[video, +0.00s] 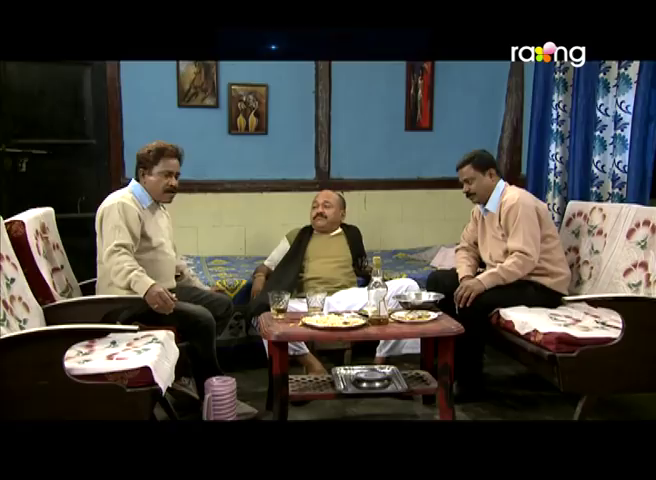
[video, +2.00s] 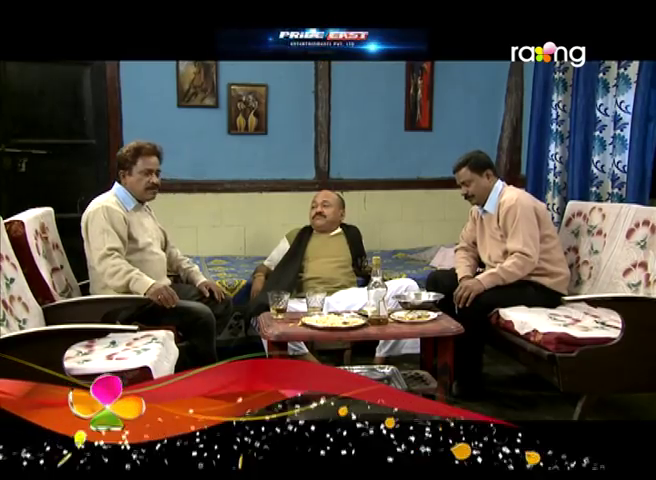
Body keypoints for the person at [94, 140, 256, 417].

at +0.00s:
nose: (174, 183)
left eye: (176, 176)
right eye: (167, 175)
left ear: (177, 178)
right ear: (144, 175)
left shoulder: (159, 208)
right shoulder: (119, 206)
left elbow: (172, 261)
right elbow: (117, 257)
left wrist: (202, 291)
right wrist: (147, 287)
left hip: (164, 292)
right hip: (128, 302)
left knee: (222, 306)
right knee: (201, 320)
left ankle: (184, 378)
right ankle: (215, 398)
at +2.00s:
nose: (155, 180)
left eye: (157, 174)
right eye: (146, 174)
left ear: (160, 174)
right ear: (124, 176)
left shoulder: (142, 210)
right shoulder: (104, 209)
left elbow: (169, 253)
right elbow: (108, 266)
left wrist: (199, 280)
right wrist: (148, 286)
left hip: (159, 292)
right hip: (126, 304)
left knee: (219, 302)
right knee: (201, 317)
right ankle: (206, 383)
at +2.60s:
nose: (153, 185)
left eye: (157, 179)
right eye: (145, 177)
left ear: (161, 180)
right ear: (124, 177)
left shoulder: (143, 211)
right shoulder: (102, 211)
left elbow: (169, 253)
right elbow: (107, 267)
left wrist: (199, 279)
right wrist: (147, 286)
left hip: (159, 292)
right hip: (127, 303)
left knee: (218, 302)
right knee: (201, 317)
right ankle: (205, 382)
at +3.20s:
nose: (165, 186)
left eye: (169, 179)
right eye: (158, 178)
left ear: (172, 180)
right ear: (136, 176)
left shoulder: (148, 211)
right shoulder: (112, 210)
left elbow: (170, 257)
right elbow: (128, 266)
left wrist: (200, 280)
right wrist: (178, 261)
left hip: (158, 295)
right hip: (127, 304)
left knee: (219, 303)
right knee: (200, 317)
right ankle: (206, 384)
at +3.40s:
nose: (170, 187)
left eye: (174, 181)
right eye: (163, 179)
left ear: (177, 182)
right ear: (141, 177)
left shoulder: (151, 211)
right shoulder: (116, 209)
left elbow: (174, 257)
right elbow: (135, 260)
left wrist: (200, 280)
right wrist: (162, 244)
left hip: (158, 295)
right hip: (127, 304)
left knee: (218, 303)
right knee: (200, 318)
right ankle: (205, 384)